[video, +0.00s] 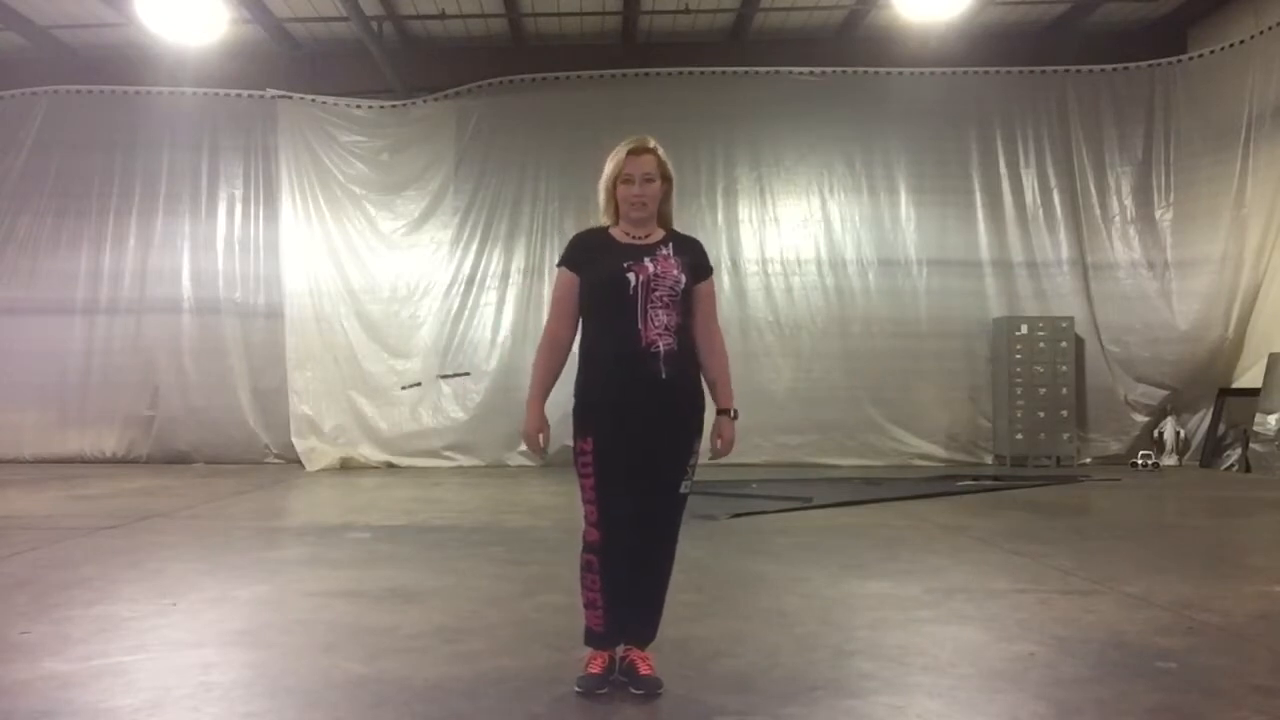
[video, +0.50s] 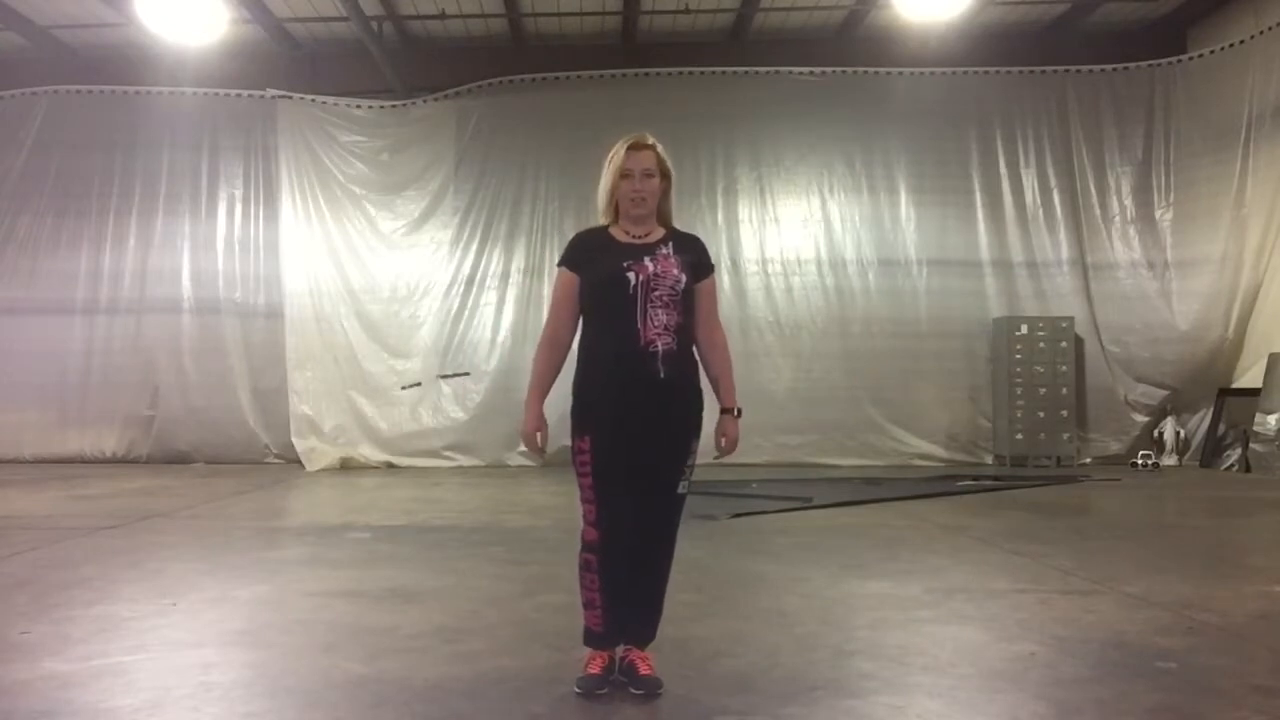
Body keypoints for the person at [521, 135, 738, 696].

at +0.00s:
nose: (640, 190)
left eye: (650, 180)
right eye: (629, 180)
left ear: (665, 186)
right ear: (612, 187)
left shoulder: (688, 252)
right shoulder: (586, 248)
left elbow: (707, 333)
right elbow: (558, 333)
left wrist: (726, 408)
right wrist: (535, 403)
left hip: (673, 413)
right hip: (604, 412)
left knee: (655, 527)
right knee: (604, 529)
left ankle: (635, 648)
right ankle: (600, 649)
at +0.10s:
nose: (640, 190)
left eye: (650, 180)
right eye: (629, 180)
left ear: (665, 186)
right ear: (612, 186)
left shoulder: (688, 251)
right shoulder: (586, 248)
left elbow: (707, 333)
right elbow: (558, 334)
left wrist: (724, 408)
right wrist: (536, 404)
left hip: (672, 413)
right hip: (603, 411)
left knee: (655, 528)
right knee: (603, 530)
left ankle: (635, 648)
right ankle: (599, 650)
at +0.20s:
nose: (640, 188)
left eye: (650, 178)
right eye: (629, 178)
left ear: (665, 185)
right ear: (612, 185)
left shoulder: (688, 250)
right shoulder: (586, 247)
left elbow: (707, 333)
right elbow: (558, 333)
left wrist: (724, 408)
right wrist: (536, 403)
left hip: (671, 413)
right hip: (602, 411)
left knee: (654, 528)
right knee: (603, 530)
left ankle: (635, 648)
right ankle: (599, 650)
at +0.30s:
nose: (640, 187)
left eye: (650, 177)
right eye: (629, 177)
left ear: (665, 184)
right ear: (612, 184)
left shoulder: (688, 250)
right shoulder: (586, 247)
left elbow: (707, 332)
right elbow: (558, 333)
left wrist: (727, 408)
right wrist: (535, 403)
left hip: (670, 412)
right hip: (602, 411)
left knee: (654, 528)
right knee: (602, 529)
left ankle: (635, 649)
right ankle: (599, 649)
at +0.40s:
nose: (640, 186)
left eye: (650, 176)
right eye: (629, 176)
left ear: (664, 183)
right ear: (612, 183)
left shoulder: (689, 250)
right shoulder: (586, 247)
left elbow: (707, 333)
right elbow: (557, 333)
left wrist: (728, 408)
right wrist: (533, 405)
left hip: (671, 413)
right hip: (601, 411)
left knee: (654, 528)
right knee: (602, 529)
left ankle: (636, 649)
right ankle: (599, 649)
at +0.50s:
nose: (639, 185)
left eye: (650, 175)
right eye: (629, 175)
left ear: (664, 182)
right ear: (612, 183)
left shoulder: (689, 250)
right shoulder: (586, 247)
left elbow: (708, 332)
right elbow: (557, 333)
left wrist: (729, 407)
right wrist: (533, 404)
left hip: (671, 413)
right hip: (602, 411)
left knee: (654, 528)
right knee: (603, 530)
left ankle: (636, 649)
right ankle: (599, 649)